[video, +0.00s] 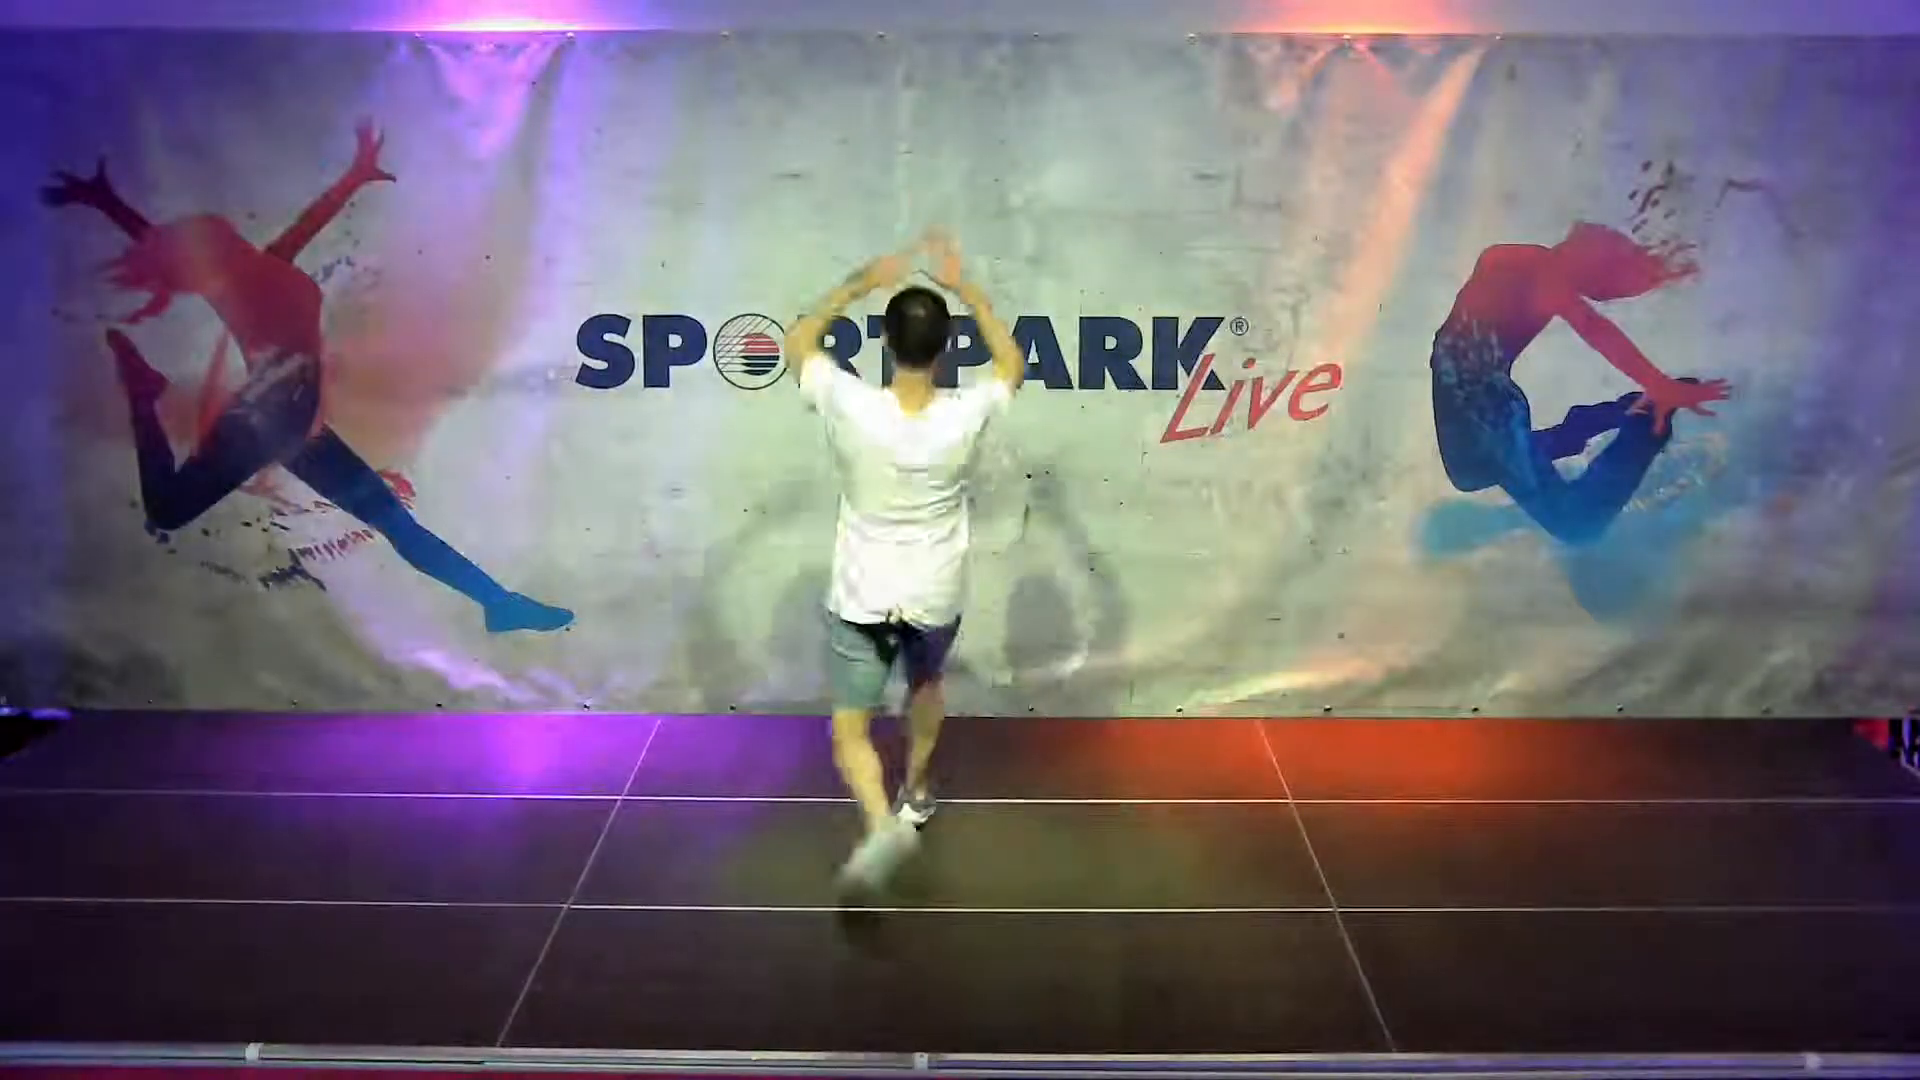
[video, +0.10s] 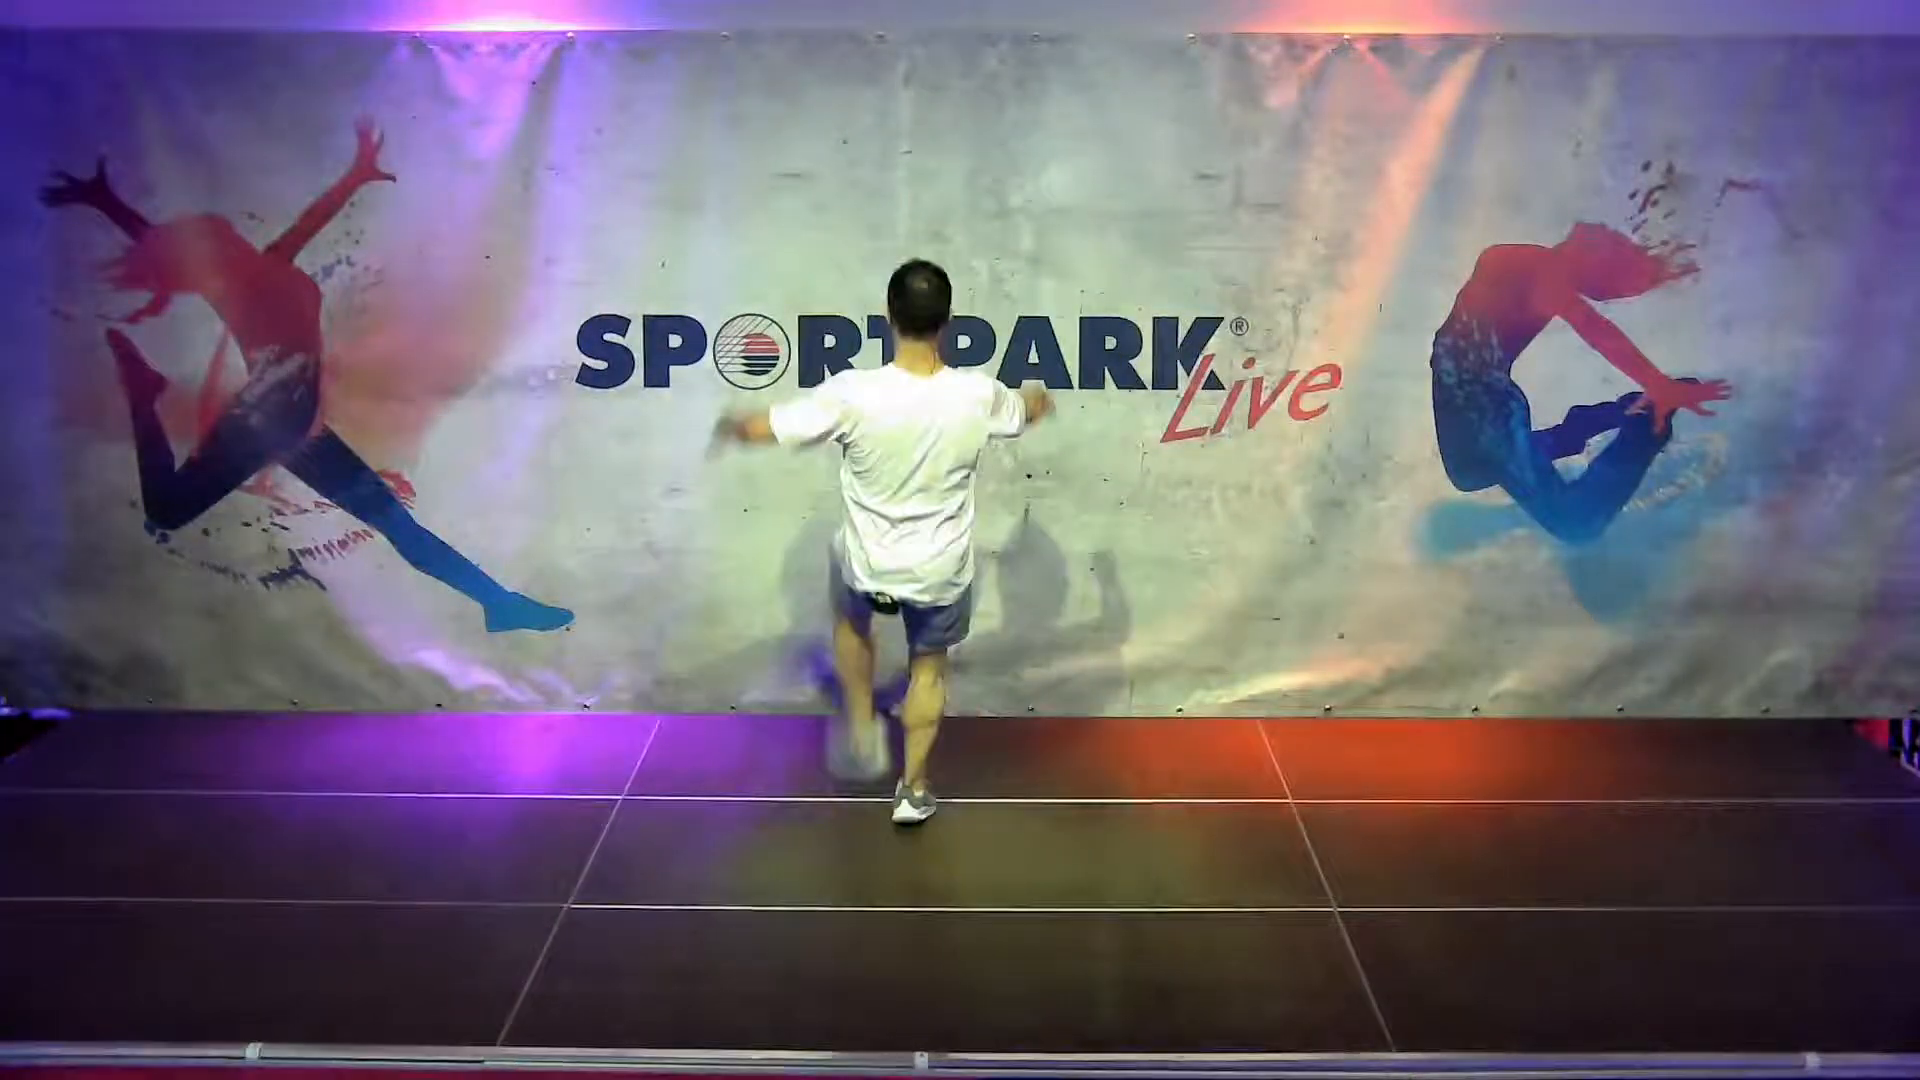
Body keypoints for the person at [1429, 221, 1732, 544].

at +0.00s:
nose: (1597, 284)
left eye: (1605, 281)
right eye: (1605, 278)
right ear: (1592, 243)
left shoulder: (1551, 283)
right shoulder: (1534, 265)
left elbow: (1596, 330)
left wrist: (1657, 383)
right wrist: (1649, 266)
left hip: (1485, 396)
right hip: (1455, 385)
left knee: (1575, 524)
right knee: (1468, 474)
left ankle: (1647, 426)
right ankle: (1569, 437)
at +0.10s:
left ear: (1591, 247)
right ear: (1593, 240)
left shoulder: (1548, 281)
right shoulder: (1536, 266)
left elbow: (1597, 330)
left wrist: (1657, 384)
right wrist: (1649, 271)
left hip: (1486, 400)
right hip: (1454, 389)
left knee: (1575, 524)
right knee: (1468, 474)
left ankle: (1647, 427)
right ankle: (1571, 436)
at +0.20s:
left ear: (1589, 246)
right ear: (1592, 239)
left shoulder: (1547, 281)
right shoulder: (1536, 265)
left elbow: (1596, 329)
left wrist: (1657, 383)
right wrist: (1648, 272)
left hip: (1486, 401)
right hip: (1454, 390)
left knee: (1575, 524)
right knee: (1468, 474)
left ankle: (1647, 426)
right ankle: (1570, 437)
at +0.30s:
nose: (1599, 230)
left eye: (1605, 245)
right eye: (1611, 239)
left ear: (1592, 249)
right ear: (1593, 237)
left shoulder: (1547, 281)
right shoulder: (1535, 265)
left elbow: (1596, 329)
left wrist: (1657, 383)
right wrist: (1649, 272)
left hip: (1487, 401)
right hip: (1454, 390)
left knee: (1575, 524)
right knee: (1468, 474)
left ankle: (1648, 425)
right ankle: (1570, 436)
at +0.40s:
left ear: (1588, 244)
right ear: (1592, 240)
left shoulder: (1547, 280)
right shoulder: (1537, 266)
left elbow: (1596, 329)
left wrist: (1657, 383)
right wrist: (1648, 271)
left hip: (1486, 400)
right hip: (1455, 388)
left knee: (1575, 524)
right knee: (1468, 474)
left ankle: (1647, 426)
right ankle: (1570, 437)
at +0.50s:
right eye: (1608, 280)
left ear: (1588, 243)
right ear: (1592, 239)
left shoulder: (1546, 280)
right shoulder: (1536, 266)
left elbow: (1596, 329)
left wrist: (1657, 383)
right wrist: (1648, 271)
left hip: (1487, 400)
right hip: (1454, 388)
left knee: (1575, 524)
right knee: (1468, 474)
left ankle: (1647, 426)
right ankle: (1570, 436)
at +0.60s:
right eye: (1608, 280)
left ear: (1588, 243)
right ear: (1592, 239)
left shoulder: (1546, 280)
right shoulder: (1536, 266)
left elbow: (1596, 329)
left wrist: (1657, 383)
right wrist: (1648, 271)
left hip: (1487, 400)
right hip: (1454, 388)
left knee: (1575, 524)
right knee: (1468, 474)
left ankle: (1647, 426)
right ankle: (1570, 436)